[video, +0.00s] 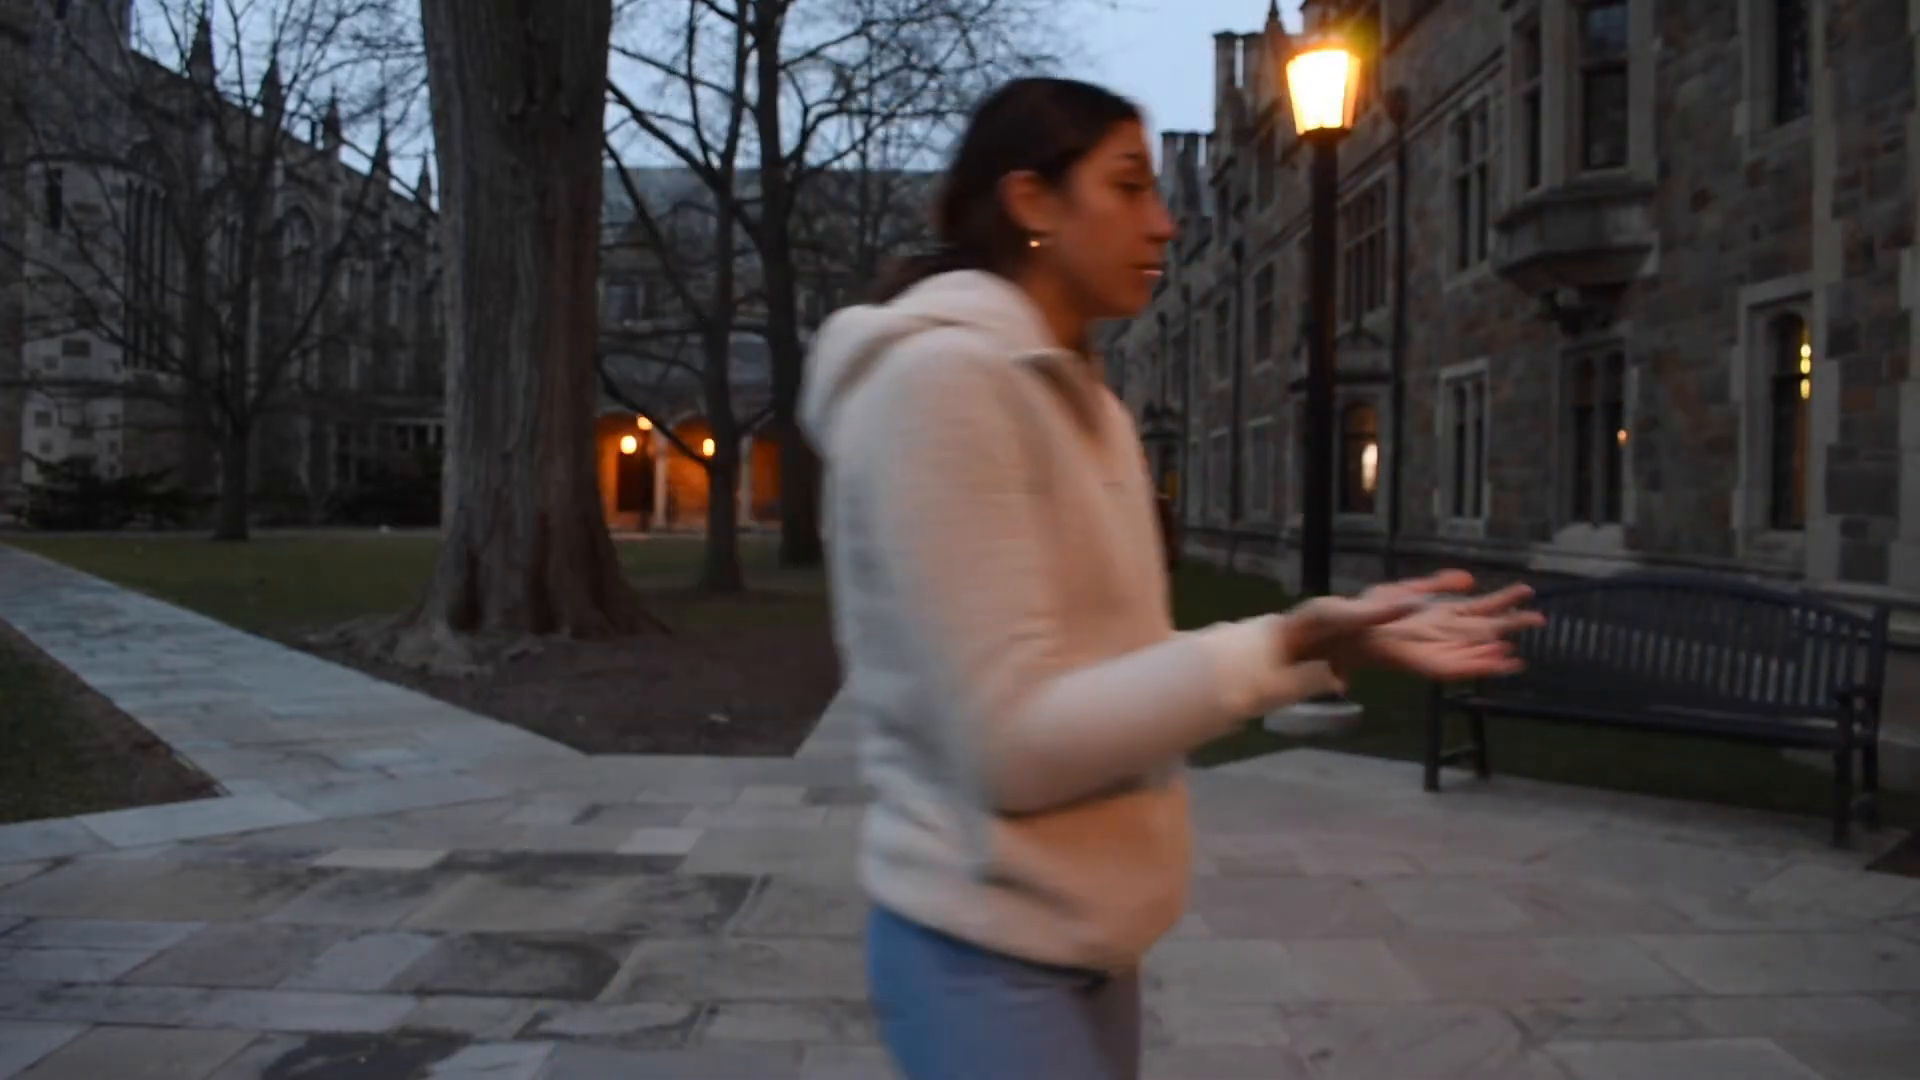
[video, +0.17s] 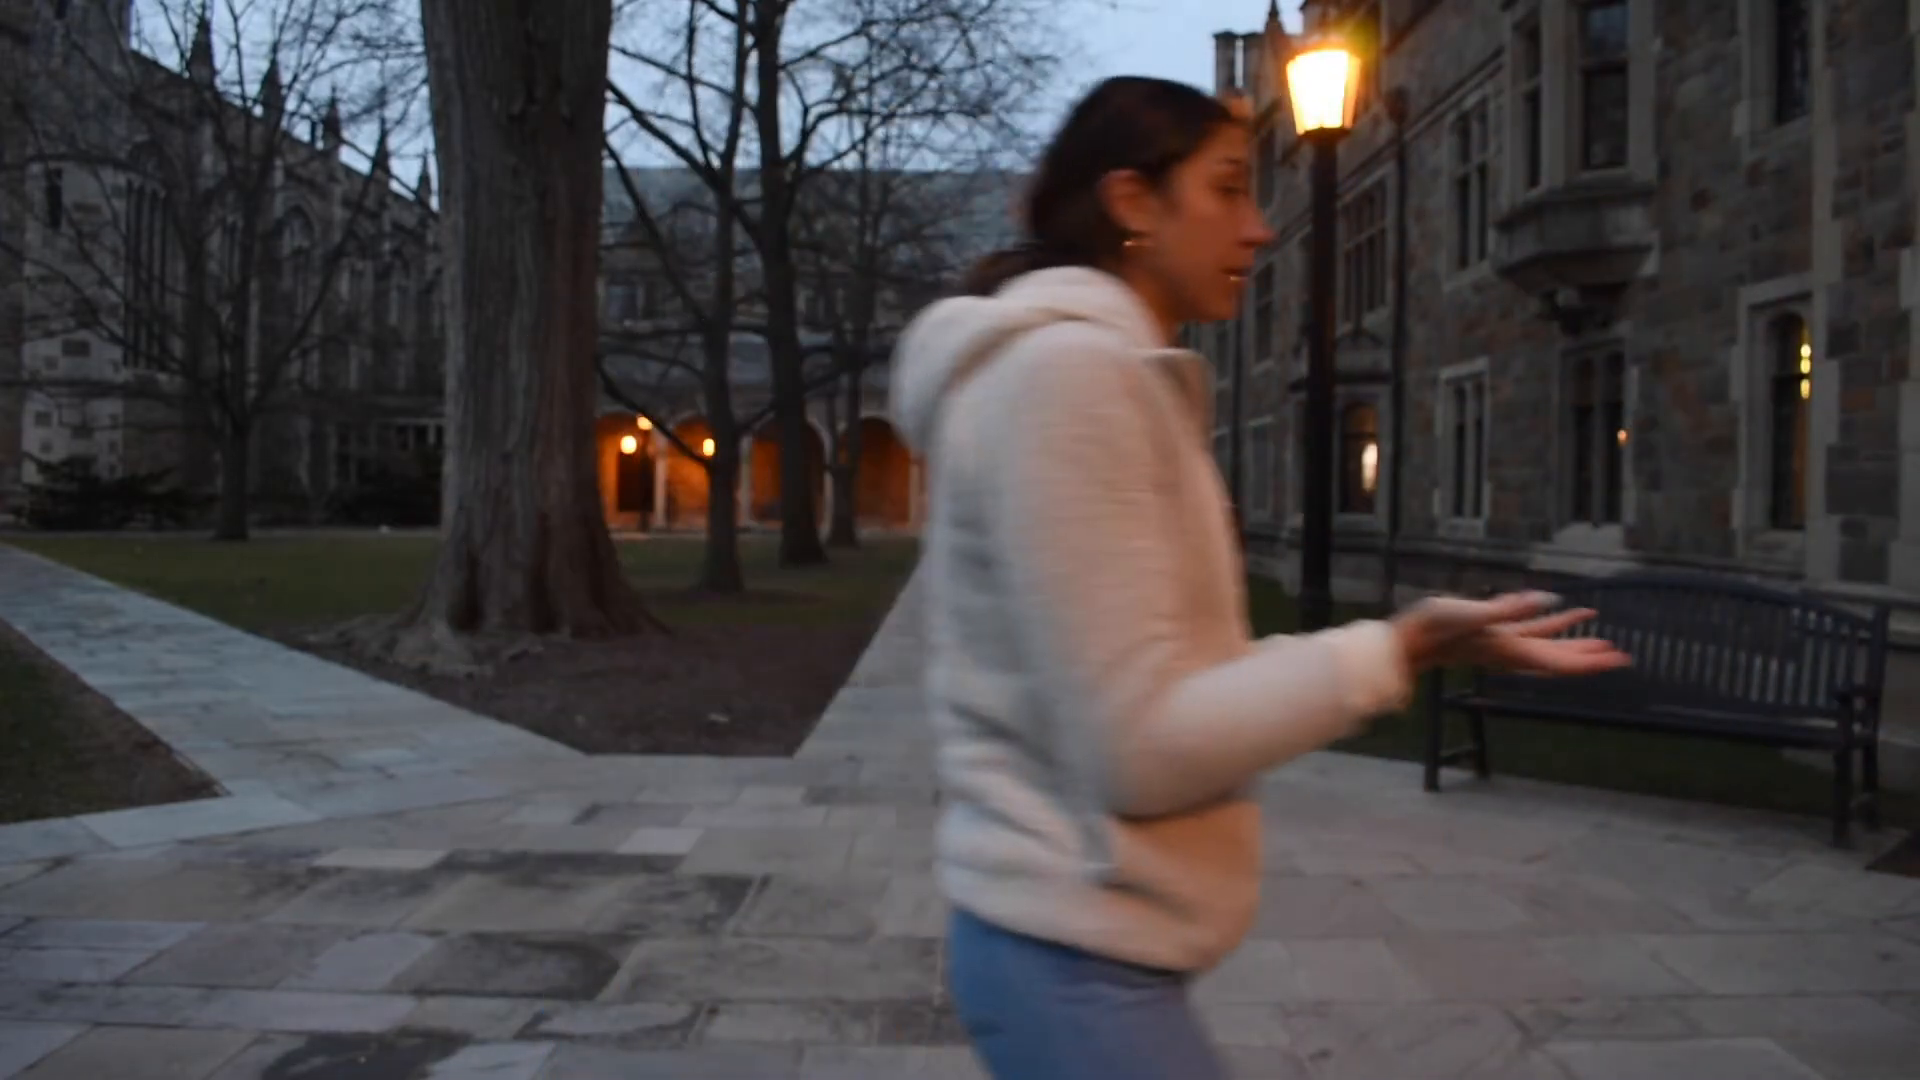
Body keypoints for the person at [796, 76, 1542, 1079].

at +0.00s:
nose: (1165, 224)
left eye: (1156, 191)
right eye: (1130, 187)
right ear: (1031, 204)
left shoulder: (1070, 392)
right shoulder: (941, 381)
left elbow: (1095, 684)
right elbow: (1010, 743)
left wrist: (1337, 645)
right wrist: (1292, 643)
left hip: (1076, 950)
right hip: (982, 963)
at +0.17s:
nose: (1259, 230)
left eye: (1252, 195)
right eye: (1228, 189)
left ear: (1141, 210)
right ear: (1131, 202)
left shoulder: (1100, 368)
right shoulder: (1069, 372)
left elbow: (1155, 702)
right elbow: (1135, 745)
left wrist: (1400, 649)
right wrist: (1397, 650)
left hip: (1089, 954)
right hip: (1068, 965)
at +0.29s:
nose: (1338, 234)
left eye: (1332, 200)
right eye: (1311, 194)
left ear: (1221, 208)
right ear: (1213, 204)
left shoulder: (1167, 368)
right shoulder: (1165, 375)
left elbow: (1258, 686)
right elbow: (1235, 755)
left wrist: (1494, 658)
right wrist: (1493, 659)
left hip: (1150, 964)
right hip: (1152, 976)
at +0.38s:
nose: (1395, 239)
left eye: (1387, 201)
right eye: (1366, 197)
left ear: (1277, 210)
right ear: (1268, 206)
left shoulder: (1223, 373)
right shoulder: (1233, 385)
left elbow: (1322, 687)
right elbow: (1307, 772)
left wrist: (1562, 662)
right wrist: (1556, 668)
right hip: (1220, 988)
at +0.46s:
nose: (1454, 230)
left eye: (1447, 191)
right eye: (1428, 189)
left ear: (1336, 206)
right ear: (1328, 204)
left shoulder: (1285, 379)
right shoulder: (1306, 390)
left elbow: (1408, 682)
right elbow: (1392, 777)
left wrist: (1641, 655)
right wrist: (1634, 667)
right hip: (1300, 984)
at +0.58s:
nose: (1557, 210)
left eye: (1544, 173)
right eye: (1524, 169)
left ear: (1430, 195)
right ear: (1424, 191)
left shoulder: (1364, 362)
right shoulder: (1412, 374)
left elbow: (1519, 676)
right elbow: (1508, 771)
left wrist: (1755, 631)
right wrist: (1750, 645)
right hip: (1415, 981)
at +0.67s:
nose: (1618, 205)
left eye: (1606, 167)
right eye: (1586, 165)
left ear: (1486, 194)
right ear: (1483, 189)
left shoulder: (1432, 361)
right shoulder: (1471, 375)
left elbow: (1580, 676)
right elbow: (1577, 772)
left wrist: (1809, 625)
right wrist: (1810, 640)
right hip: (1474, 986)